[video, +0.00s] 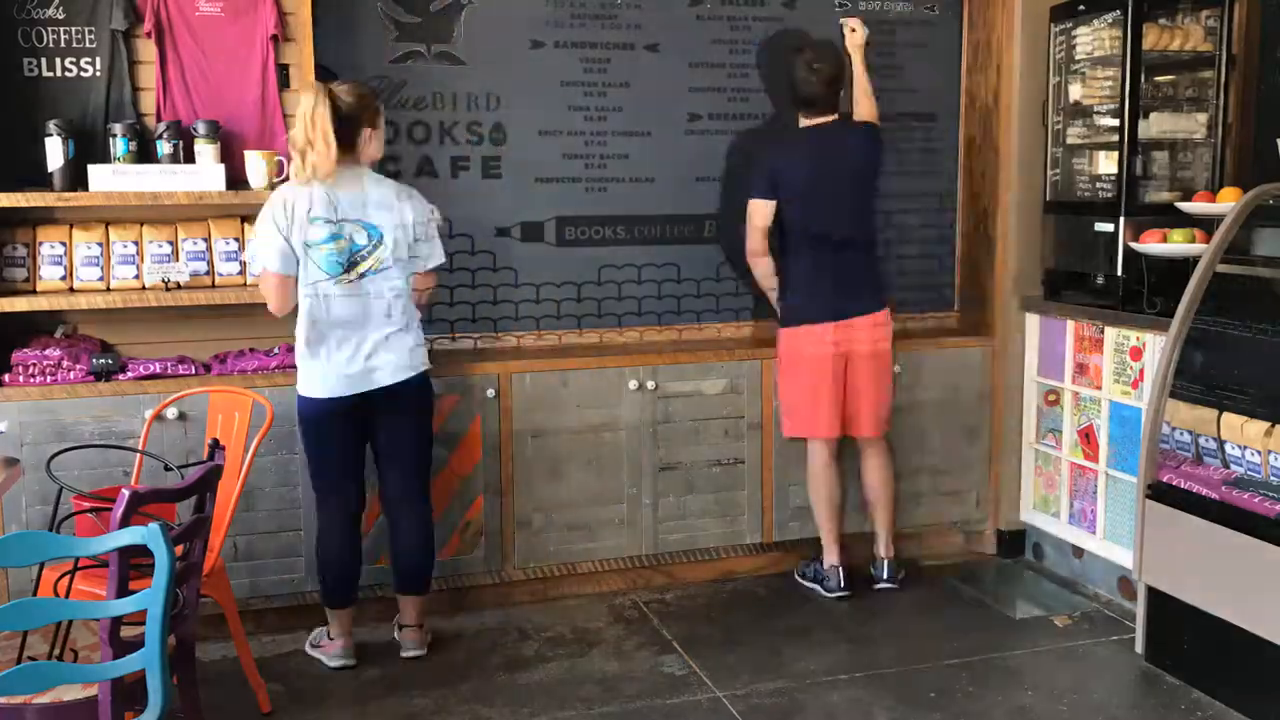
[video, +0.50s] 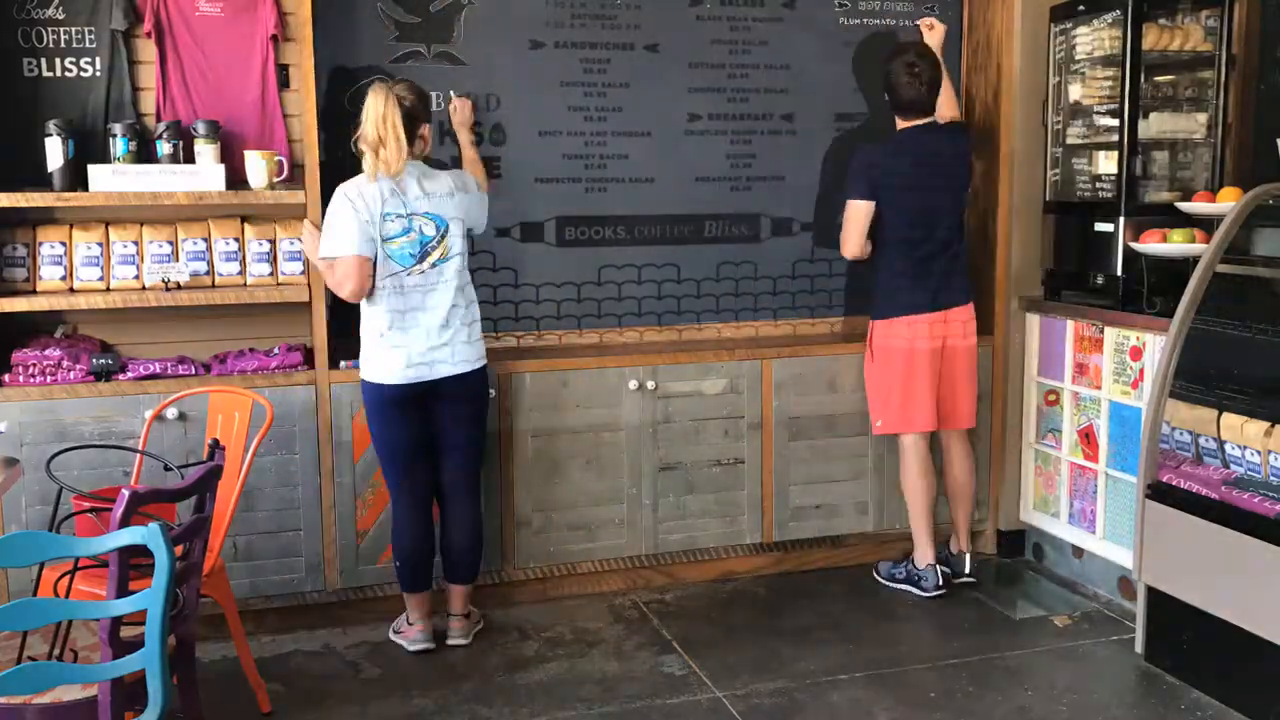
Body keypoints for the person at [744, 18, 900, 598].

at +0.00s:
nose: (840, 84)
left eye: (799, 80)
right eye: (834, 79)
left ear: (789, 94)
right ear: (840, 90)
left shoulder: (776, 156)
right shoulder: (864, 142)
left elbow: (756, 244)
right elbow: (865, 108)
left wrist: (779, 298)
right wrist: (856, 55)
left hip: (808, 322)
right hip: (869, 314)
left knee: (820, 447)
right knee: (873, 441)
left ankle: (832, 566)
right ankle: (886, 559)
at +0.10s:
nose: (838, 74)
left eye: (840, 72)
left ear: (841, 89)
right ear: (890, 92)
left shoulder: (821, 148)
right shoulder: (903, 144)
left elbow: (789, 241)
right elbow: (877, 107)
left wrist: (798, 250)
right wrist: (847, 66)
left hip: (839, 321)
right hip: (898, 313)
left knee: (841, 450)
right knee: (895, 444)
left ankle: (844, 578)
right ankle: (899, 569)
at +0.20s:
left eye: (854, 89)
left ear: (853, 100)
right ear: (904, 95)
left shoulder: (841, 159)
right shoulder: (923, 145)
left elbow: (817, 247)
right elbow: (902, 97)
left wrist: (831, 237)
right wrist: (883, 44)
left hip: (862, 320)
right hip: (921, 314)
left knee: (855, 444)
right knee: (916, 438)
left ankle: (851, 565)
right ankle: (914, 559)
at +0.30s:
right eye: (896, 83)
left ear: (849, 96)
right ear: (898, 92)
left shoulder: (833, 162)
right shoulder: (920, 150)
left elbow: (798, 246)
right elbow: (917, 116)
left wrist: (827, 239)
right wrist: (907, 64)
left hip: (853, 320)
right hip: (910, 313)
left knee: (869, 443)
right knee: (928, 431)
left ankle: (885, 565)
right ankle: (957, 552)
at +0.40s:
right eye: (901, 79)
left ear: (860, 102)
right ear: (907, 96)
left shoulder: (849, 162)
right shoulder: (934, 146)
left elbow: (827, 250)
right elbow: (930, 108)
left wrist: (865, 245)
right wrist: (921, 50)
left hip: (878, 320)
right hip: (938, 313)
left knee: (885, 444)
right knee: (941, 437)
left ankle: (891, 564)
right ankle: (955, 554)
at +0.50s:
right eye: (928, 81)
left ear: (886, 99)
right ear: (935, 96)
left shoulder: (874, 160)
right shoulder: (955, 145)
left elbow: (852, 248)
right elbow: (947, 105)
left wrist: (881, 246)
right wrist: (937, 54)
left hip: (903, 313)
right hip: (957, 306)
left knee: (913, 439)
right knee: (956, 433)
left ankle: (925, 563)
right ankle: (962, 551)